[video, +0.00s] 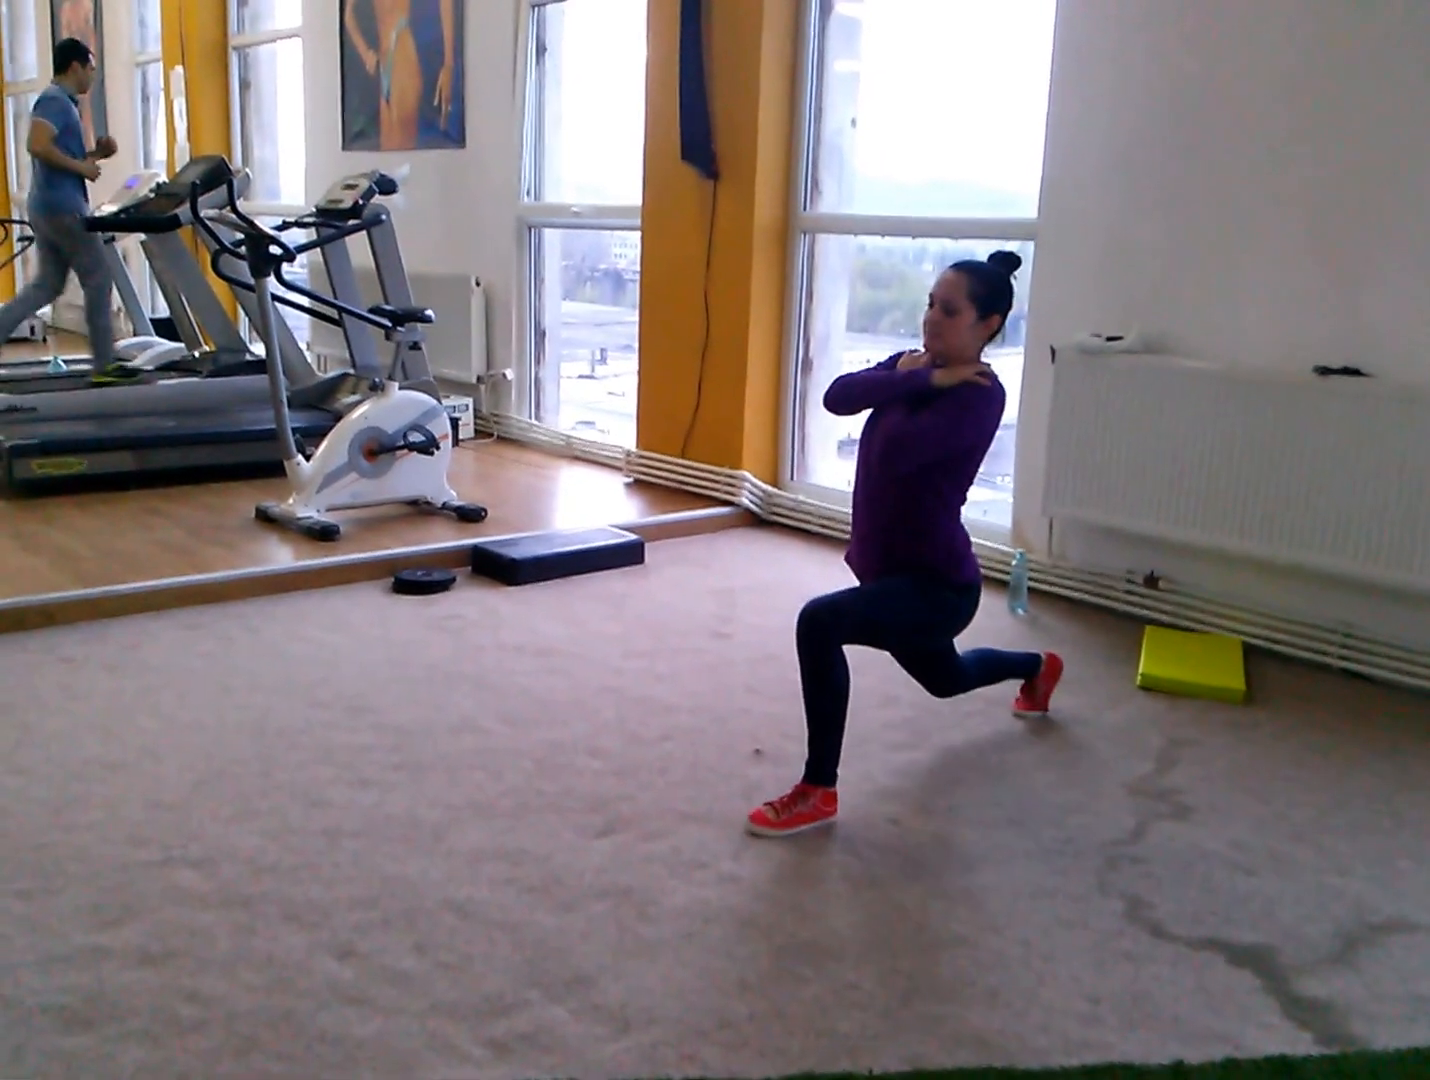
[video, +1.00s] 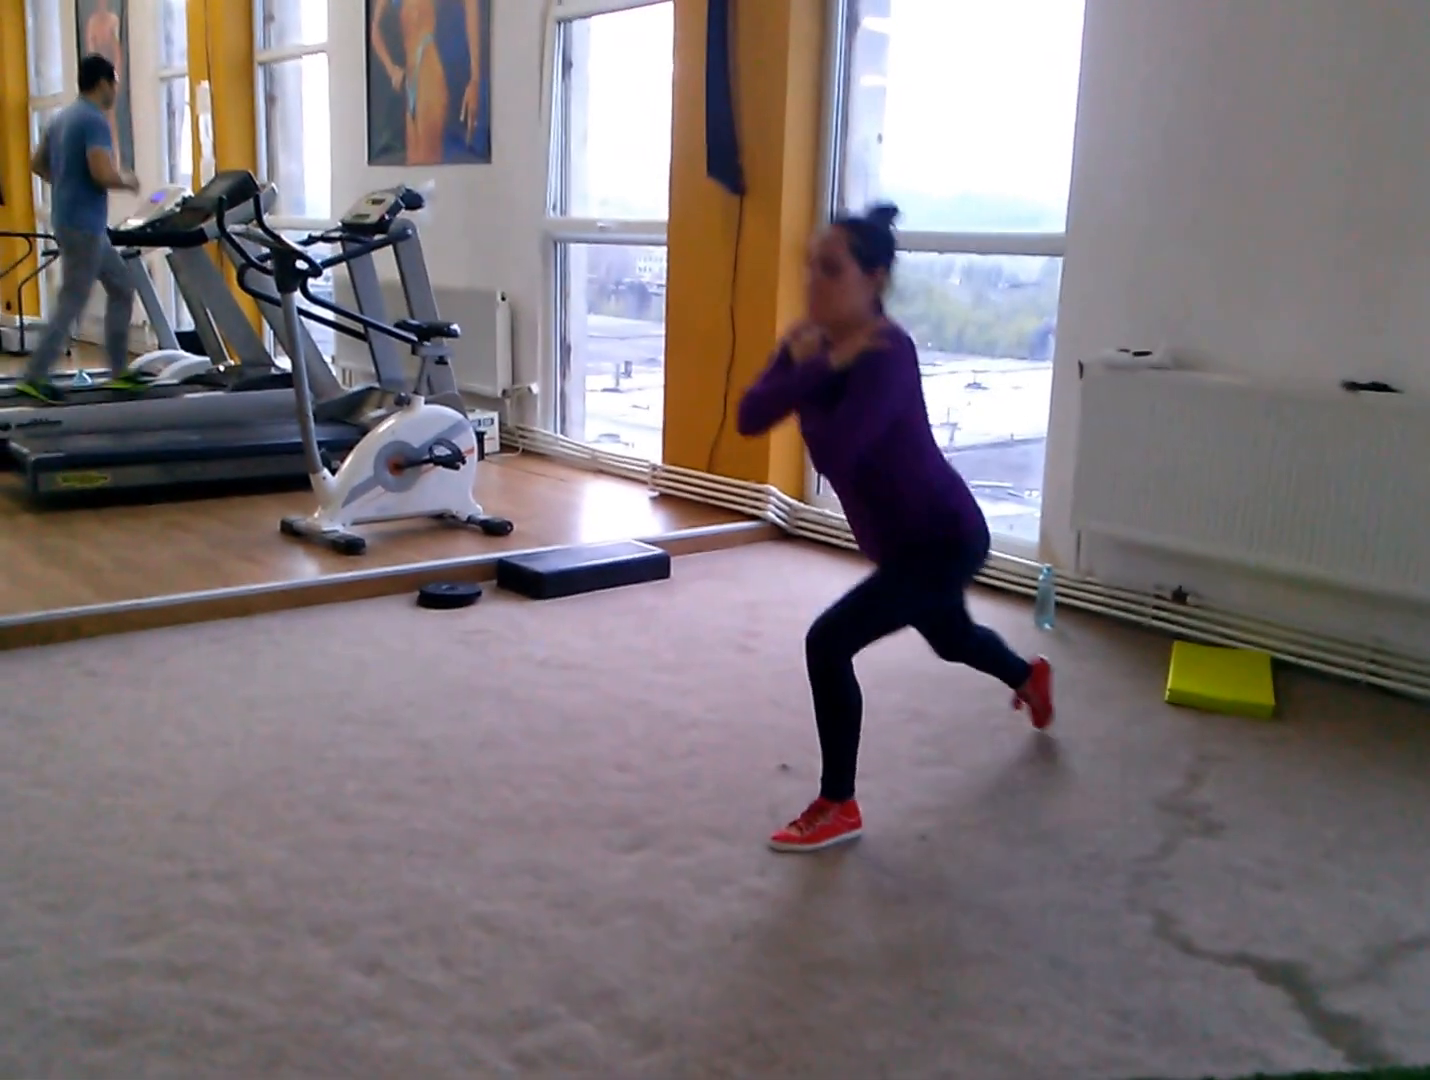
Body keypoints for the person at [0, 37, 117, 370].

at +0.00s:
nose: (93, 76)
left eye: (92, 69)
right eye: (90, 68)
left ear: (68, 68)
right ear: (75, 67)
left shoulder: (61, 102)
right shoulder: (56, 100)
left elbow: (64, 153)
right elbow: (38, 144)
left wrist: (96, 151)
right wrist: (80, 167)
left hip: (49, 208)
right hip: (61, 209)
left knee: (49, 285)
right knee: (99, 277)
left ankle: (2, 328)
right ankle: (106, 362)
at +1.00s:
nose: (116, 90)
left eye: (115, 83)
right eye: (114, 83)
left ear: (84, 84)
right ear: (103, 84)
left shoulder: (61, 118)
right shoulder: (94, 121)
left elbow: (39, 163)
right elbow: (102, 174)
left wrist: (70, 183)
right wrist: (128, 181)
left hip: (69, 226)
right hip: (84, 228)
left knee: (122, 286)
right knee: (72, 302)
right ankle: (35, 376)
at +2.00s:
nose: (136, 112)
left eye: (135, 105)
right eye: (133, 105)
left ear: (107, 108)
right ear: (121, 106)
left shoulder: (95, 140)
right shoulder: (111, 142)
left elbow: (99, 197)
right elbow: (108, 191)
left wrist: (138, 224)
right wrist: (143, 223)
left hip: (94, 244)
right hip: (108, 245)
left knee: (125, 317)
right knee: (142, 315)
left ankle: (106, 389)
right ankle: (79, 366)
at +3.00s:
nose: (138, 114)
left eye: (138, 107)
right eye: (136, 107)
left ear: (112, 107)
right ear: (124, 106)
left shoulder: (110, 141)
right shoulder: (106, 141)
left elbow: (109, 190)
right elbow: (90, 187)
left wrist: (141, 192)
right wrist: (129, 217)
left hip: (101, 246)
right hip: (114, 247)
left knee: (101, 323)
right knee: (147, 319)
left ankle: (39, 375)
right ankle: (149, 400)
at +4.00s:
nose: (142, 118)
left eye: (141, 111)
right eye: (140, 111)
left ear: (110, 111)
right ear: (129, 110)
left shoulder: (87, 145)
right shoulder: (120, 146)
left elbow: (61, 188)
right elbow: (128, 200)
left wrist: (94, 206)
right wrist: (152, 206)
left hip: (97, 251)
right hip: (110, 253)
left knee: (147, 310)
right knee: (93, 329)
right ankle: (51, 399)